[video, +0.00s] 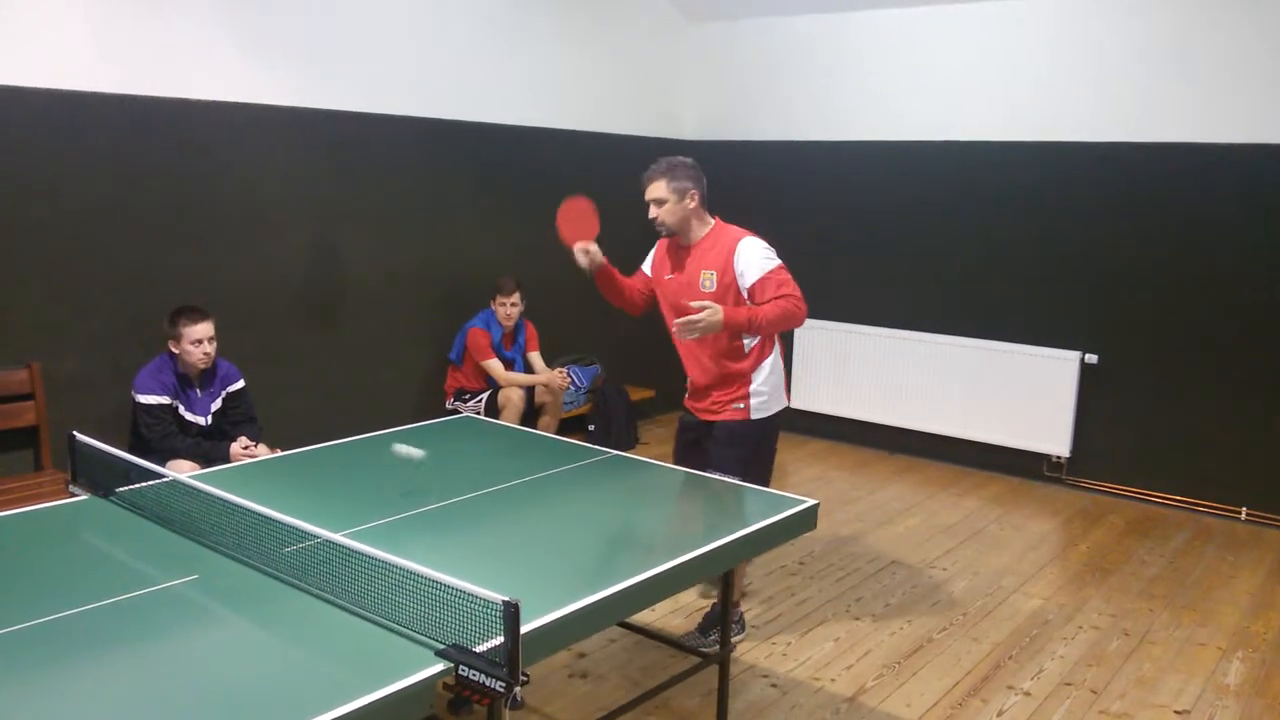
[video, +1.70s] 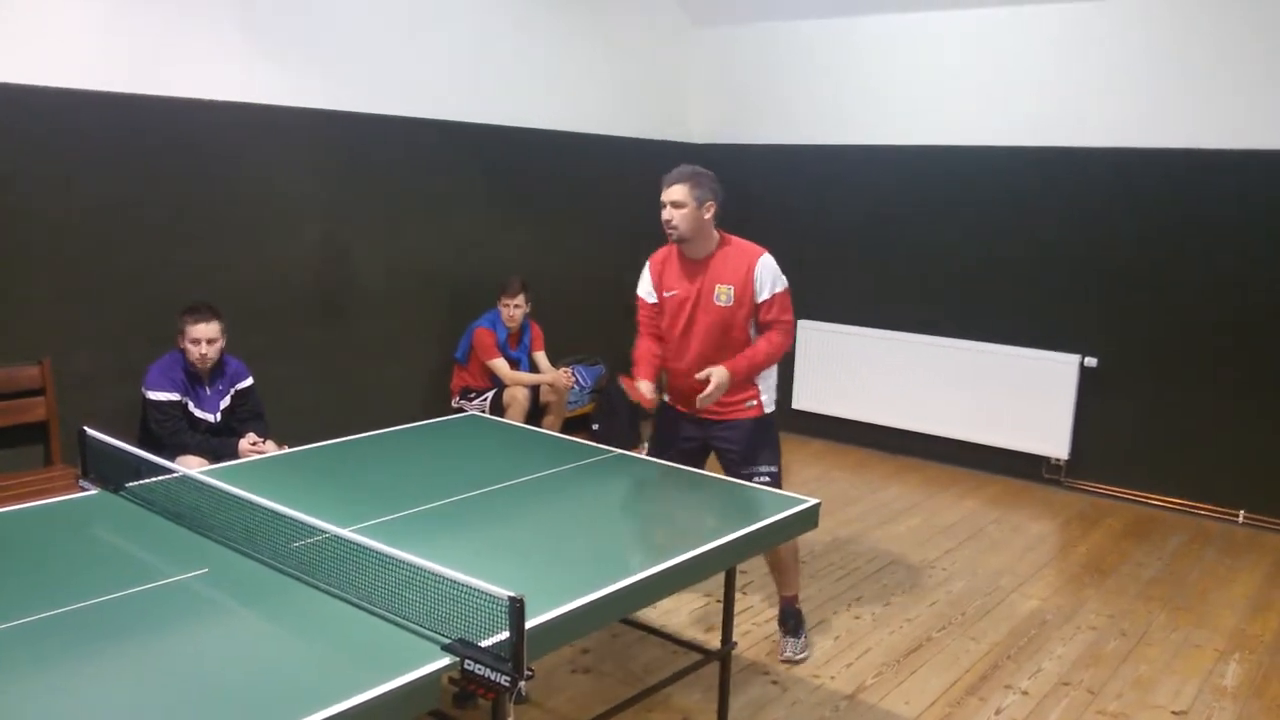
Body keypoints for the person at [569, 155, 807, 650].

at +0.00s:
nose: (651, 214)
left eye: (658, 203)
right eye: (649, 204)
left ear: (692, 199)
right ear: (677, 203)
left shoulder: (743, 248)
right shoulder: (663, 253)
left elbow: (793, 307)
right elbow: (634, 299)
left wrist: (728, 318)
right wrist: (601, 269)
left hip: (748, 408)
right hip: (698, 404)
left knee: (734, 513)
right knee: (692, 505)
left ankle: (731, 610)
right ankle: (725, 596)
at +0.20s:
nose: (655, 202)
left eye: (665, 193)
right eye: (651, 193)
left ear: (697, 194)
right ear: (649, 196)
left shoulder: (743, 249)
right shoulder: (652, 245)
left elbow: (776, 317)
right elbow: (631, 308)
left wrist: (717, 324)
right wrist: (609, 297)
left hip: (735, 401)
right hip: (681, 394)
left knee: (729, 504)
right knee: (668, 492)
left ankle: (731, 607)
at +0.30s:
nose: (649, 204)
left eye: (660, 195)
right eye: (645, 194)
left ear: (692, 196)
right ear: (644, 197)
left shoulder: (735, 252)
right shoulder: (642, 251)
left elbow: (761, 322)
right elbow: (635, 321)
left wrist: (704, 327)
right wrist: (630, 331)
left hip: (725, 403)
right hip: (672, 396)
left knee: (726, 504)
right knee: (648, 491)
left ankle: (728, 606)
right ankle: (624, 585)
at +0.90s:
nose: (672, 241)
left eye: (682, 230)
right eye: (667, 230)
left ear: (713, 225)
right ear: (664, 228)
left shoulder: (760, 272)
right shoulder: (664, 277)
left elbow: (791, 341)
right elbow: (655, 336)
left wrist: (737, 383)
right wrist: (666, 387)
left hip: (762, 416)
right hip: (696, 414)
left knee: (778, 511)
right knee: (666, 501)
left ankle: (795, 617)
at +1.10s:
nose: (670, 247)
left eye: (678, 236)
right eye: (665, 237)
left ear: (710, 228)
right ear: (663, 233)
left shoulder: (761, 272)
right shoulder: (662, 277)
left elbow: (803, 329)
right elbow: (631, 327)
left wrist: (761, 380)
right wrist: (629, 379)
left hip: (756, 411)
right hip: (692, 407)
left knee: (774, 510)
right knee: (660, 499)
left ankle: (794, 615)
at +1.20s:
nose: (668, 240)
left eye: (677, 229)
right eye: (662, 230)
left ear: (706, 222)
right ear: (658, 229)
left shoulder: (756, 268)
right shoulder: (653, 269)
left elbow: (795, 325)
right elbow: (603, 308)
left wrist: (755, 373)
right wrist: (586, 346)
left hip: (745, 412)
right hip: (681, 406)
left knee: (770, 508)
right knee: (644, 495)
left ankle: (792, 616)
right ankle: (619, 585)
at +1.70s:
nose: (665, 215)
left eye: (676, 207)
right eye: (663, 206)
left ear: (709, 210)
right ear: (664, 210)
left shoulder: (755, 263)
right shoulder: (657, 267)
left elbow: (781, 334)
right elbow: (648, 334)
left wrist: (731, 371)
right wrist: (646, 378)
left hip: (742, 417)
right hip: (677, 415)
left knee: (768, 512)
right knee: (653, 504)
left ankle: (790, 615)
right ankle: (626, 589)